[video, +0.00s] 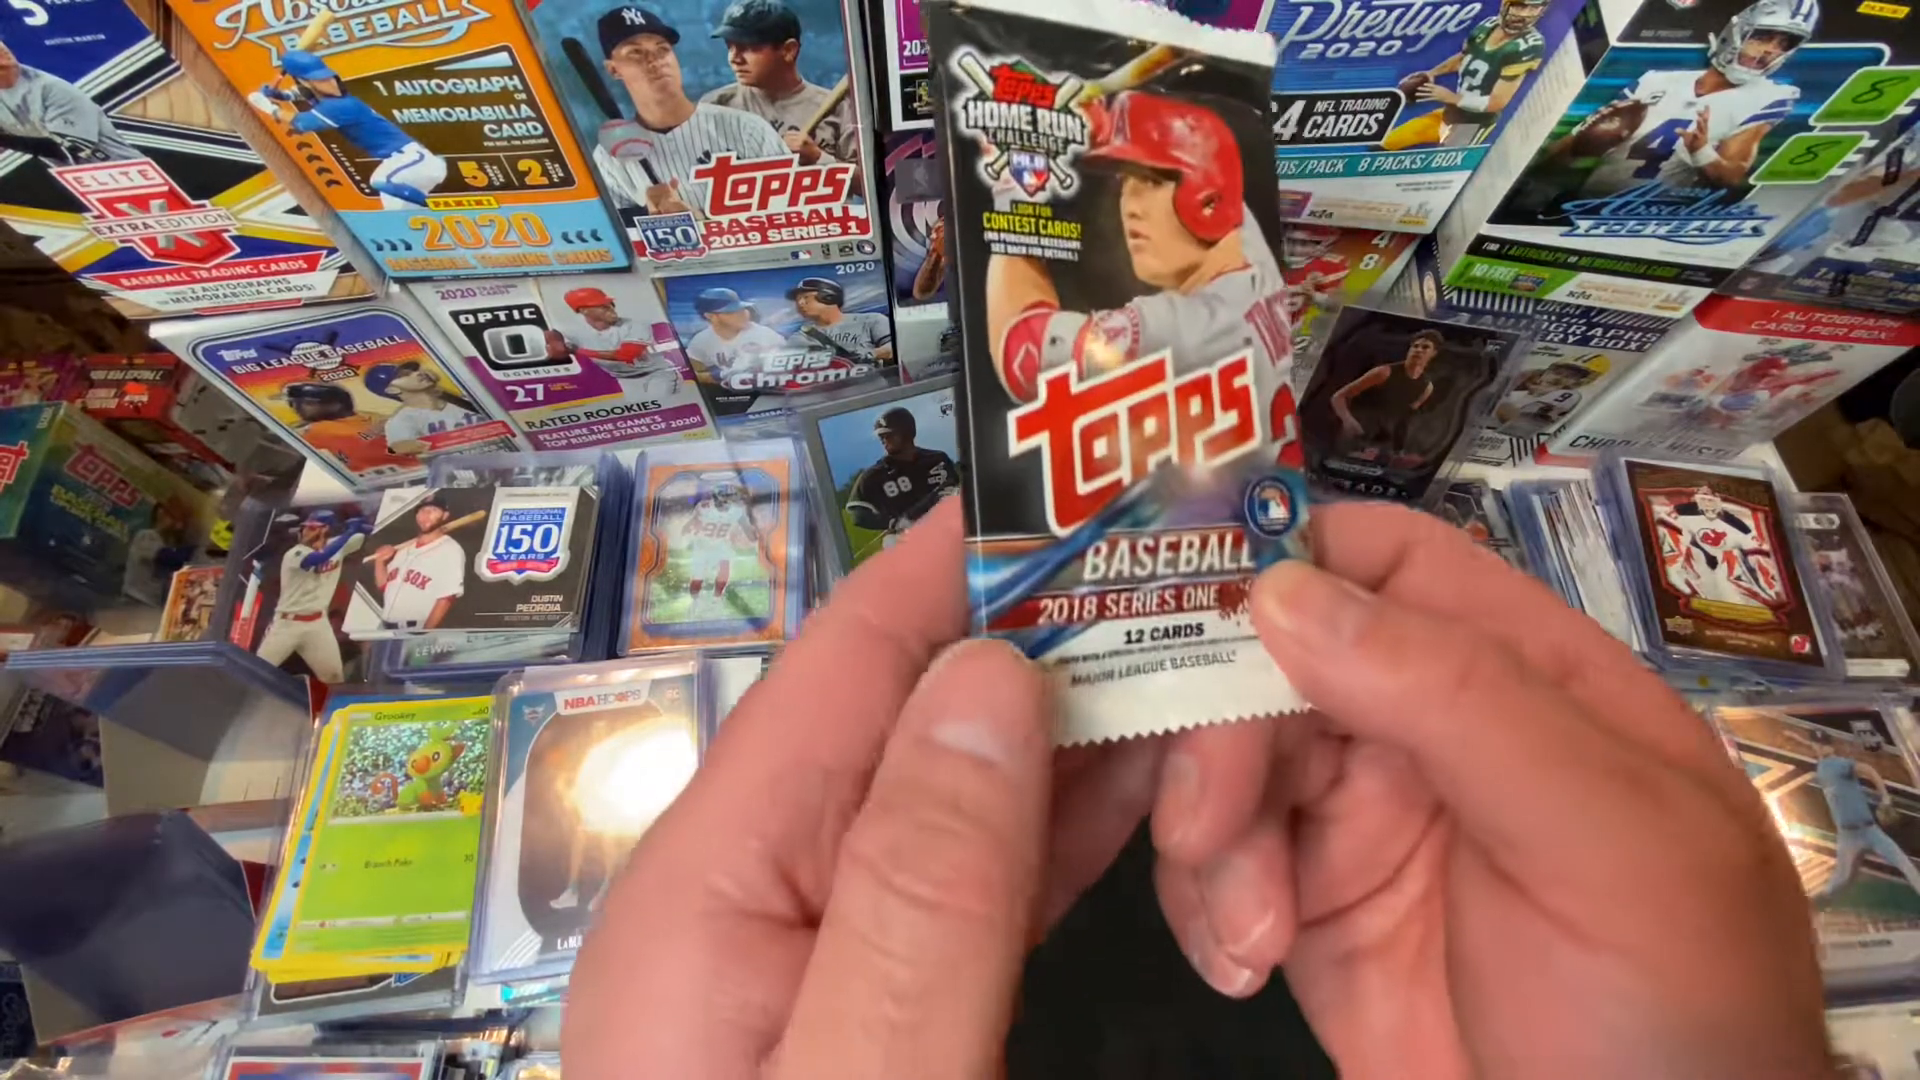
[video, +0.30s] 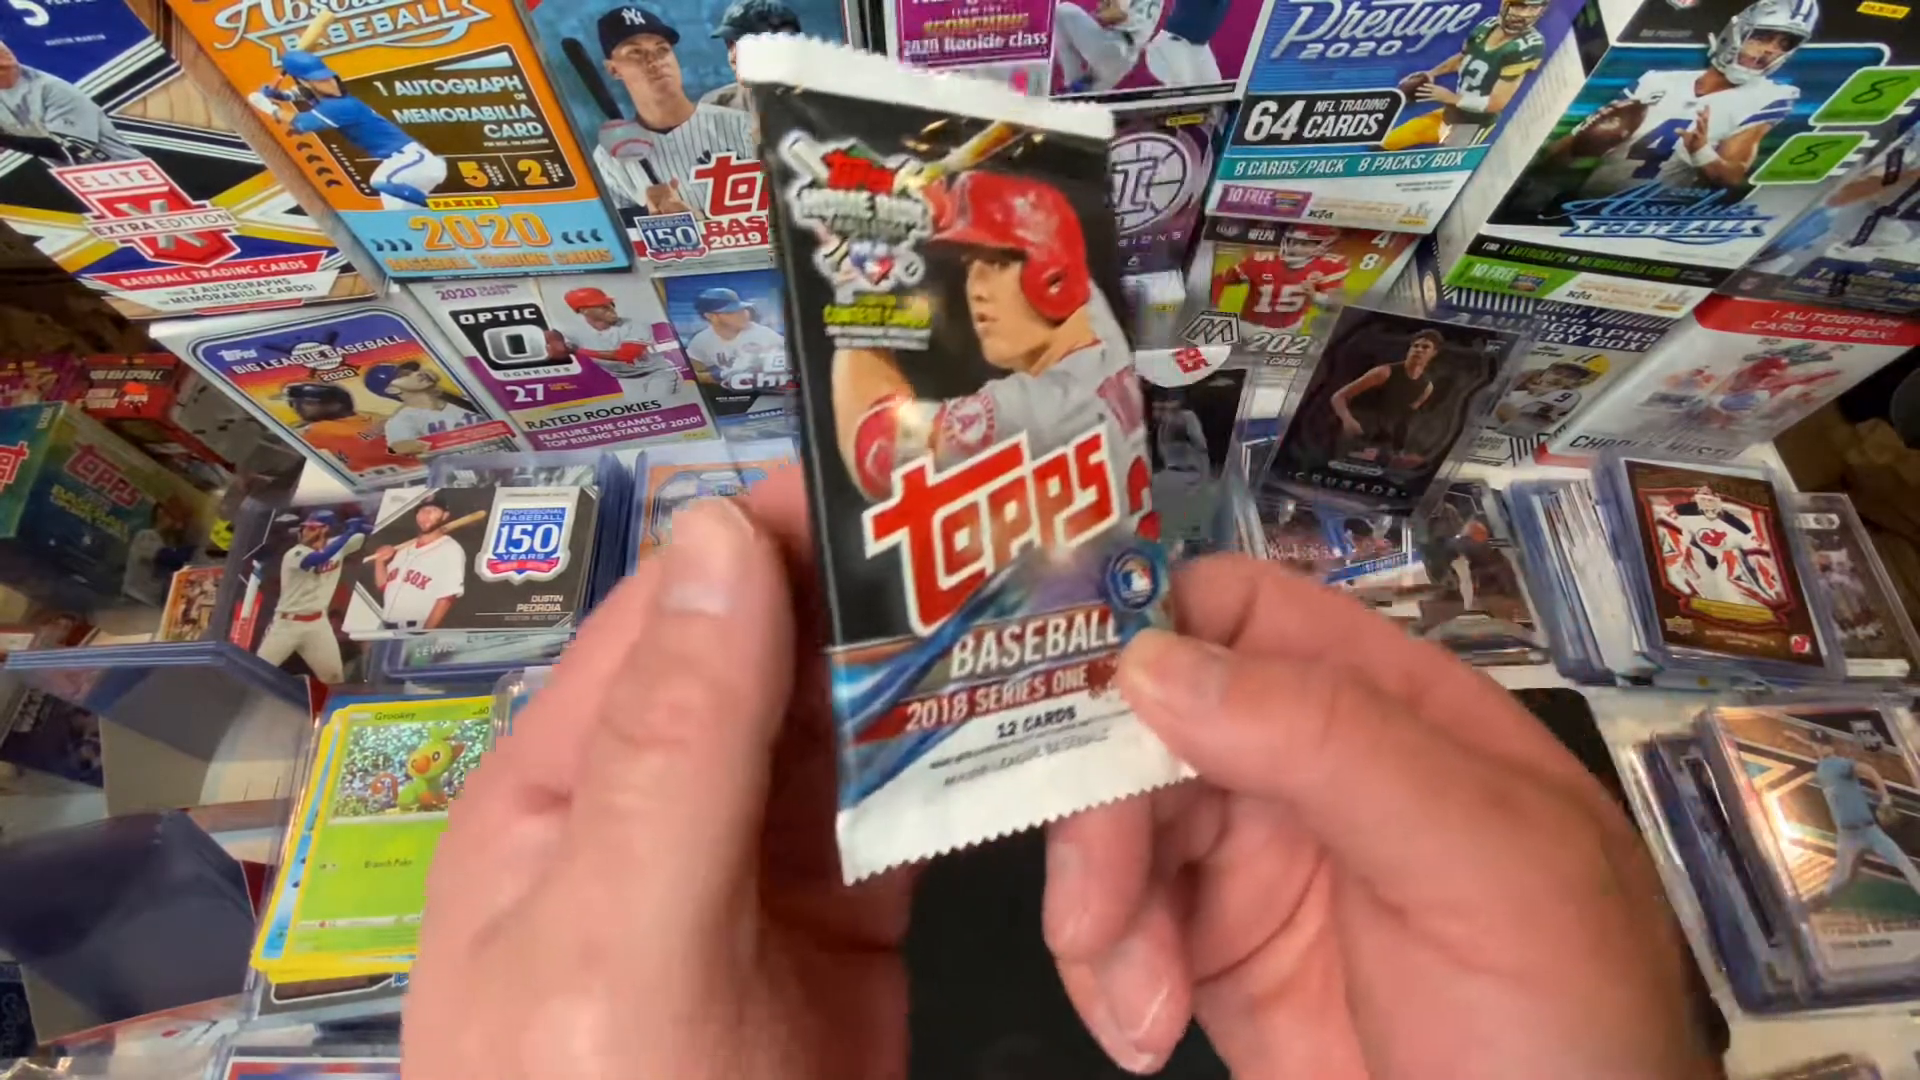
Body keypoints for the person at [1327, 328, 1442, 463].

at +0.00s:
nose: (1418, 350)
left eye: (1425, 347)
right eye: (1415, 346)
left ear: (1433, 354)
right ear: (1409, 349)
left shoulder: (1426, 389)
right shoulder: (1384, 373)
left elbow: (1404, 415)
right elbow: (1338, 397)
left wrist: (1399, 450)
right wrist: (1348, 420)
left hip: (1387, 445)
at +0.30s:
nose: (1418, 350)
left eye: (1425, 347)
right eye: (1415, 346)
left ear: (1433, 354)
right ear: (1410, 349)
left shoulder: (1426, 388)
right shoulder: (1384, 373)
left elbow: (1405, 414)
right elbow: (1338, 397)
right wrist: (1348, 420)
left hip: (1392, 444)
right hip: (1364, 439)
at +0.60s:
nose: (1418, 350)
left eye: (1425, 347)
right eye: (1416, 346)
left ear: (1433, 354)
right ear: (1410, 349)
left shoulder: (1426, 389)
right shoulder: (1384, 373)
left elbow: (1404, 417)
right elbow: (1338, 397)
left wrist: (1399, 452)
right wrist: (1348, 420)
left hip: (1383, 441)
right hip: (1356, 436)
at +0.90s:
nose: (1419, 350)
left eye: (1425, 347)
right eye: (1416, 346)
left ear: (1434, 354)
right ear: (1410, 349)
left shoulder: (1426, 389)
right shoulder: (1384, 373)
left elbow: (1404, 417)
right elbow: (1338, 397)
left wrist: (1399, 452)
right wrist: (1348, 421)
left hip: (1383, 441)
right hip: (1356, 436)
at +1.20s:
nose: (1418, 350)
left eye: (1425, 347)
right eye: (1416, 346)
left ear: (1434, 354)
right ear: (1410, 349)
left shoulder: (1426, 389)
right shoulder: (1384, 373)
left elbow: (1404, 418)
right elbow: (1338, 397)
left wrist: (1399, 453)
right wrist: (1347, 420)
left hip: (1379, 436)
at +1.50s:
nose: (1418, 350)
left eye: (1425, 347)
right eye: (1415, 346)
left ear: (1433, 354)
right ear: (1410, 349)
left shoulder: (1426, 389)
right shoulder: (1384, 373)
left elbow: (1404, 418)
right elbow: (1338, 397)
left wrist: (1399, 453)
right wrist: (1347, 420)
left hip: (1379, 436)